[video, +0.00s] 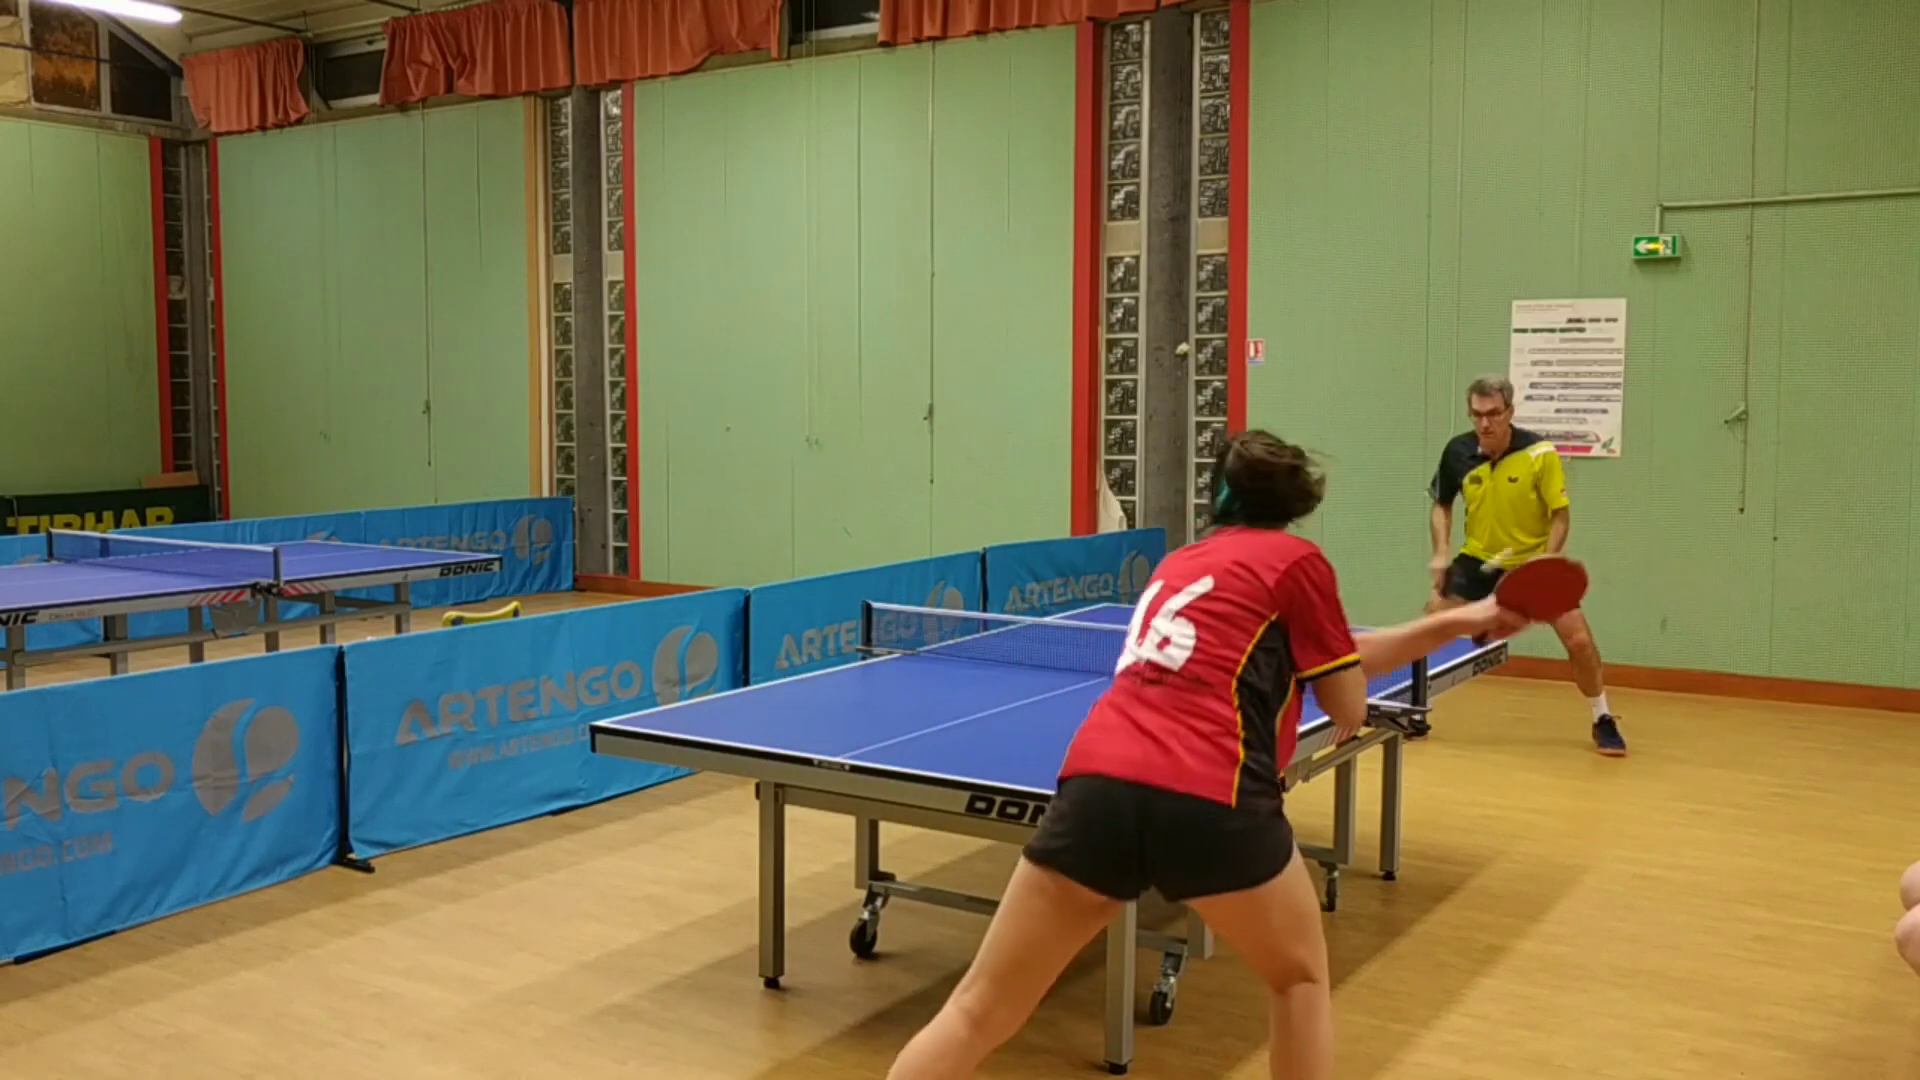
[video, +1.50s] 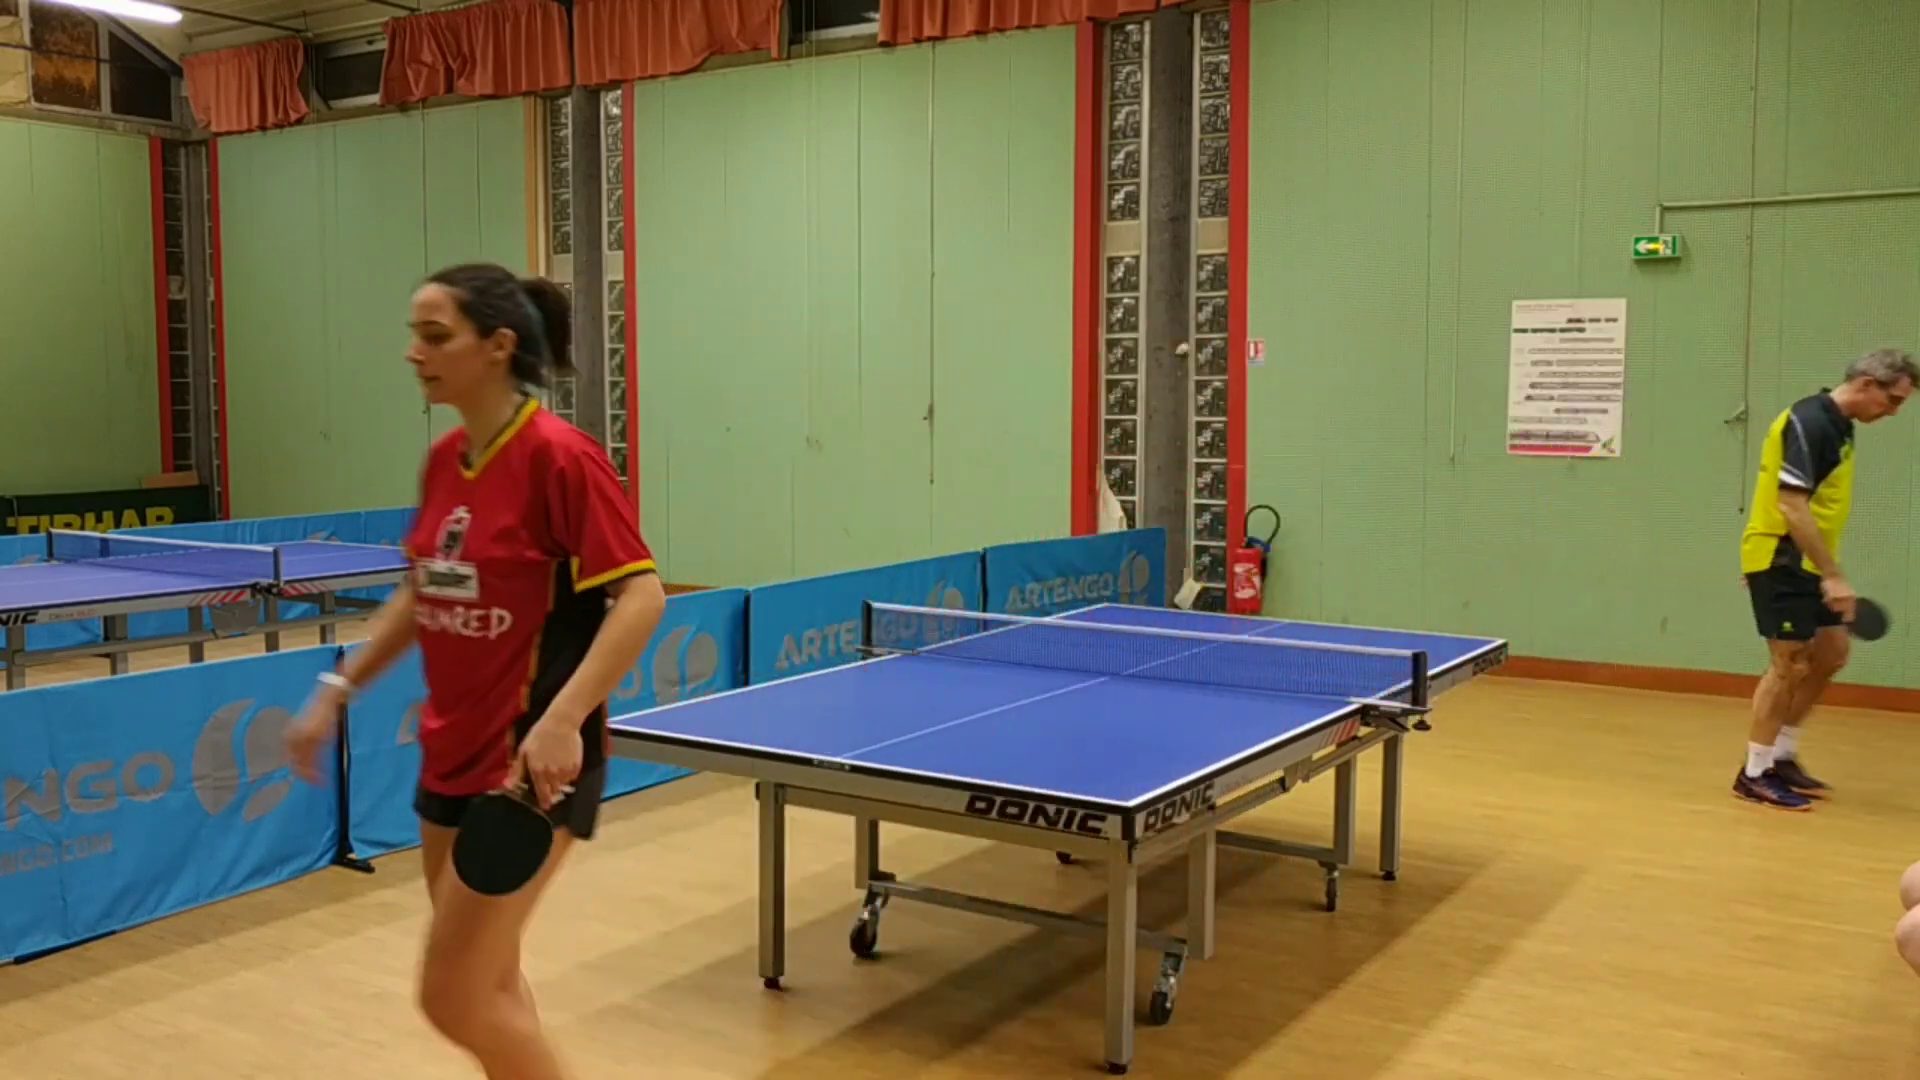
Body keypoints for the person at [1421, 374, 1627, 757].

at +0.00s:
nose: (1484, 424)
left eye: (1492, 415)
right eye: (1477, 415)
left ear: (1510, 412)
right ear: (1470, 415)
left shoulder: (1539, 454)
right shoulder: (1459, 452)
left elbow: (1560, 518)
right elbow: (1442, 502)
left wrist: (1545, 566)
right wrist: (1441, 555)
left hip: (1532, 564)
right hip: (1475, 562)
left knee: (1580, 641)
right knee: (1432, 626)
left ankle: (1603, 718)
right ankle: (1411, 707)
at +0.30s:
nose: (1585, 416)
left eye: (1588, 409)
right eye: (1576, 409)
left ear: (1588, 410)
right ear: (1553, 410)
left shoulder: (1571, 446)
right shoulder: (1549, 449)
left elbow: (1582, 490)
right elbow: (1630, 472)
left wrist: (1617, 514)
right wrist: (1703, 472)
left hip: (1569, 561)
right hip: (1522, 562)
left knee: (1606, 631)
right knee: (1487, 643)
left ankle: (1615, 728)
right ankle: (1418, 700)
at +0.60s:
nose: (1705, 441)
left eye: (1706, 435)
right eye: (1705, 434)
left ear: (1670, 422)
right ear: (1688, 432)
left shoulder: (1624, 441)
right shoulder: (1660, 457)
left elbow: (1574, 477)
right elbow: (1706, 491)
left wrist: (1601, 515)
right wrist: (1770, 460)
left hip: (1596, 563)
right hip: (1569, 561)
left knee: (1640, 628)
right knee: (1537, 648)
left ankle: (1625, 730)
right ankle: (1437, 694)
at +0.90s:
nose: (1750, 421)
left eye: (1753, 413)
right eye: (1750, 411)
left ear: (1722, 402)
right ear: (1729, 403)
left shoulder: (1668, 421)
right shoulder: (1697, 436)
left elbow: (1656, 502)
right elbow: (1674, 507)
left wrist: (1673, 573)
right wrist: (1681, 577)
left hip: (1611, 535)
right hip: (1631, 541)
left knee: (1639, 638)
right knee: (1658, 641)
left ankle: (1627, 729)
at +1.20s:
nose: (1806, 414)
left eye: (1811, 406)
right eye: (1805, 403)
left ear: (1780, 395)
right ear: (1779, 391)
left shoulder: (1753, 431)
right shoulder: (1735, 427)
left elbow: (1729, 501)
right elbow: (1702, 494)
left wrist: (1760, 539)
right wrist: (1694, 567)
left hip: (1707, 557)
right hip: (1714, 561)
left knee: (1681, 639)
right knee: (1754, 652)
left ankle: (1634, 721)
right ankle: (1750, 771)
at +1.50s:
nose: (1891, 413)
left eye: (1897, 405)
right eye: (1893, 402)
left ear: (1872, 389)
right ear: (1867, 384)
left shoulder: (1838, 427)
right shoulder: (1810, 421)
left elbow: (1803, 507)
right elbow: (1792, 505)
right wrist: (1833, 576)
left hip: (1804, 562)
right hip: (1777, 561)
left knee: (1831, 652)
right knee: (1788, 663)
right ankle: (1753, 772)